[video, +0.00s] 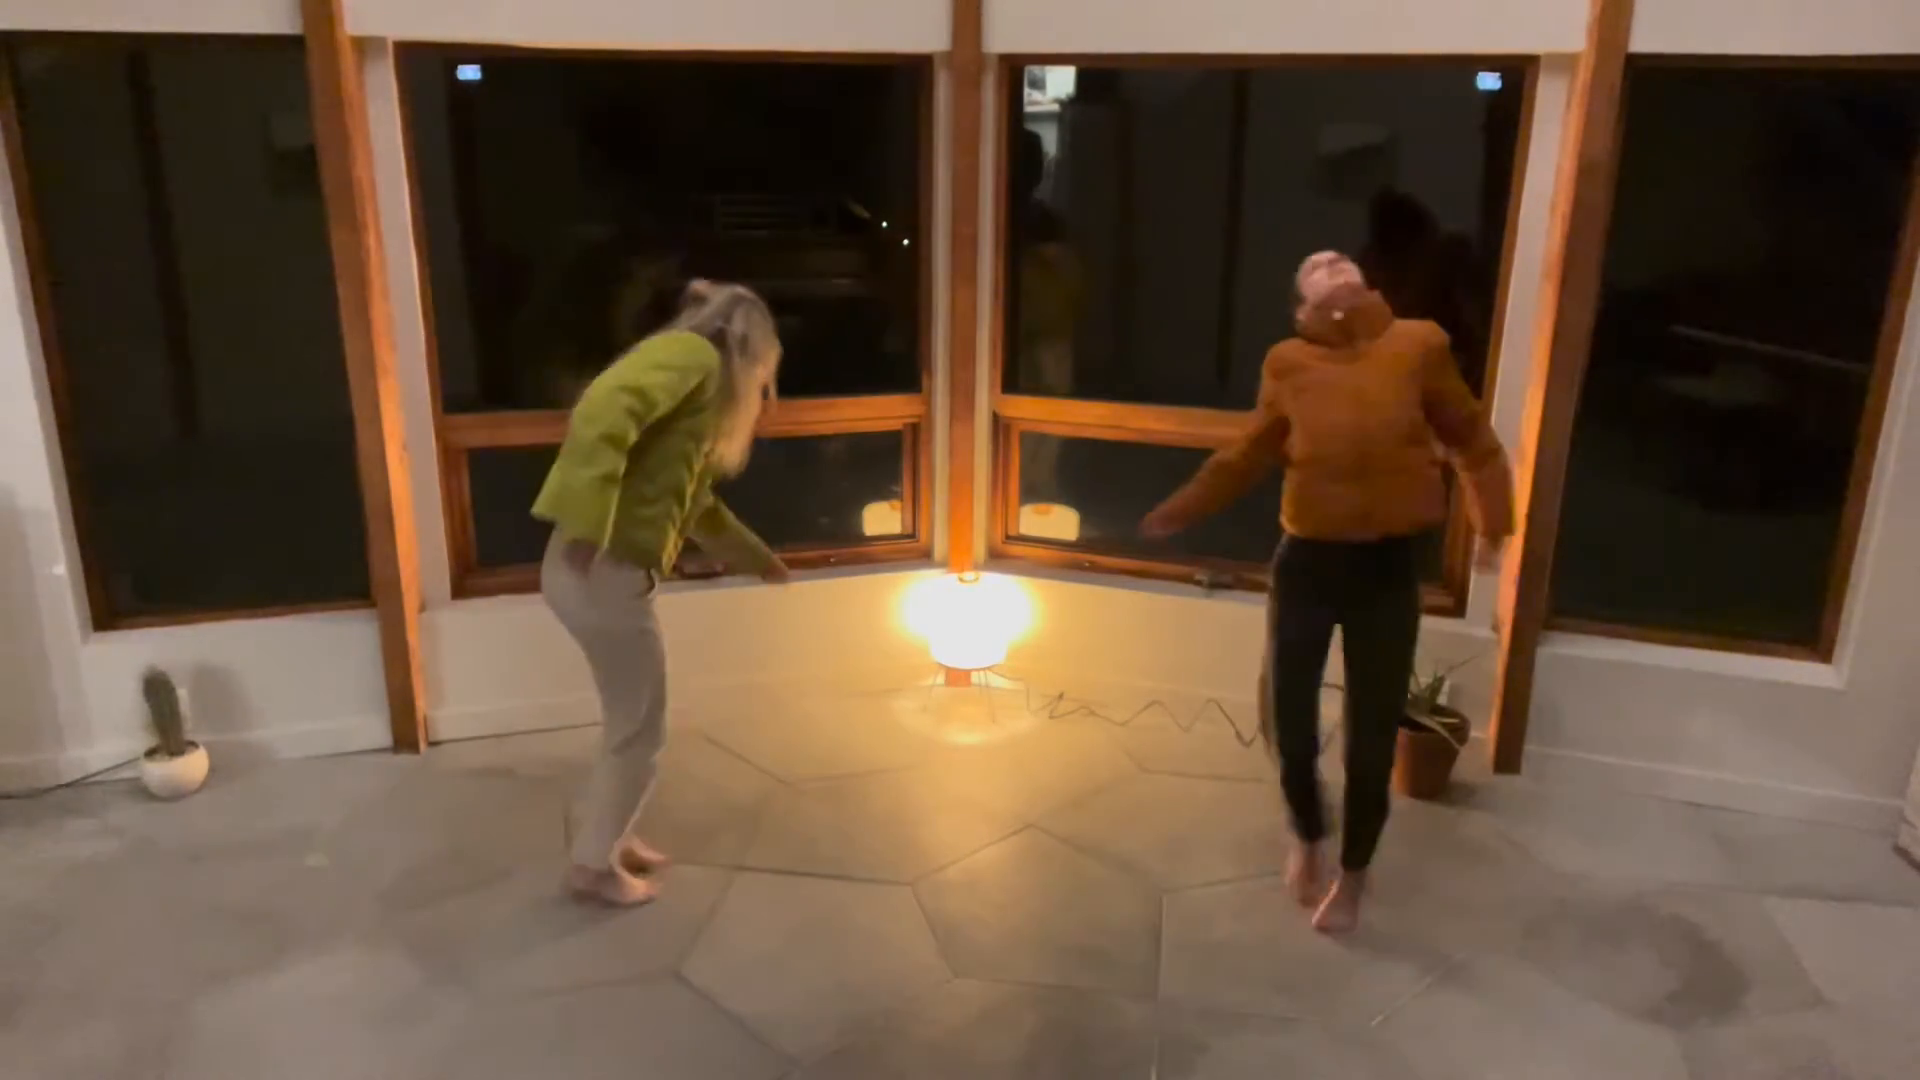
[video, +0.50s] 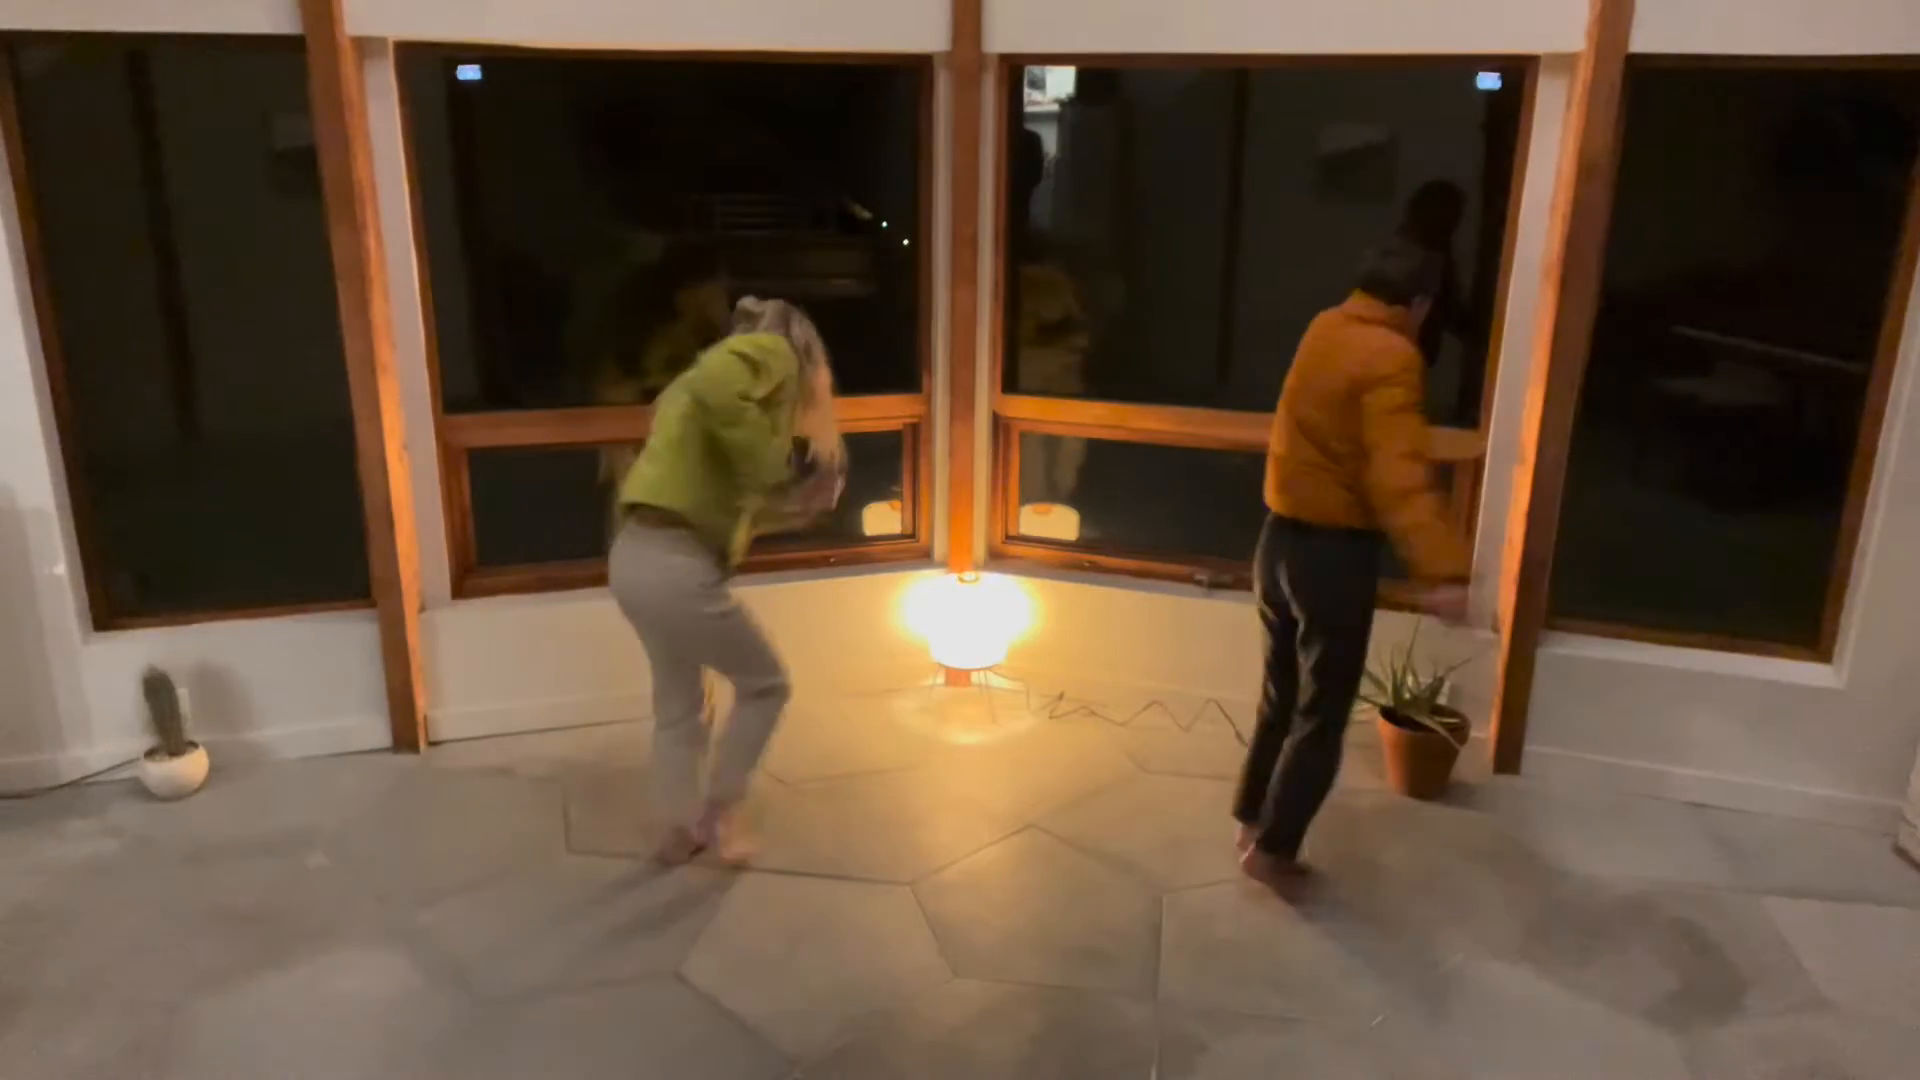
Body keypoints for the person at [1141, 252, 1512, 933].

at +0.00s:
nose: (1343, 272)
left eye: (1345, 265)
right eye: (1326, 272)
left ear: (1366, 289)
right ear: (1307, 308)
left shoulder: (1419, 348)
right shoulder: (1289, 363)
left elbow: (1474, 442)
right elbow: (1251, 452)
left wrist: (1496, 527)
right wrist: (1178, 509)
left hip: (1388, 560)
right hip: (1307, 559)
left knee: (1371, 731)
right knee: (1290, 716)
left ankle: (1352, 876)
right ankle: (1308, 837)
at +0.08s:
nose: (1350, 263)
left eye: (1347, 256)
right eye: (1332, 264)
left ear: (1370, 277)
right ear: (1312, 303)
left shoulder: (1423, 343)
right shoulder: (1294, 365)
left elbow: (1462, 433)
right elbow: (1237, 457)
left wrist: (1461, 525)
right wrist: (1157, 519)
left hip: (1389, 561)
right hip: (1310, 562)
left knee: (1377, 734)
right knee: (1304, 734)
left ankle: (1353, 876)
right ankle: (1283, 842)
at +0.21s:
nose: (1405, 276)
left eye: (1398, 265)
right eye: (1385, 271)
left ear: (1396, 286)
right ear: (1354, 298)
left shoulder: (1407, 347)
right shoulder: (1325, 364)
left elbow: (1410, 450)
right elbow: (1253, 455)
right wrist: (1172, 538)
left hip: (1365, 558)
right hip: (1315, 558)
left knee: (1354, 718)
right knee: (1315, 716)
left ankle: (1324, 848)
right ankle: (1283, 853)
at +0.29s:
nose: (1432, 302)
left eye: (1429, 290)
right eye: (1422, 291)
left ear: (1384, 297)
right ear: (1389, 298)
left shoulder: (1380, 356)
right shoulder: (1352, 362)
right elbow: (1300, 455)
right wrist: (1247, 545)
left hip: (1338, 553)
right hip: (1320, 556)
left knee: (1324, 705)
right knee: (1325, 709)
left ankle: (1272, 837)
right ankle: (1273, 846)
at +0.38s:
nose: (1424, 325)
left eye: (1426, 312)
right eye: (1421, 312)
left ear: (1376, 302)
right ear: (1395, 310)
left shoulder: (1342, 345)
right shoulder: (1359, 364)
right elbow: (1320, 465)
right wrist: (1308, 565)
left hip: (1319, 545)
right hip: (1329, 553)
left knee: (1304, 700)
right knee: (1336, 726)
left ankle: (1252, 822)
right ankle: (1268, 848)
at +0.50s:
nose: (1426, 316)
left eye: (1427, 305)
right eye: (1429, 305)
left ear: (1366, 284)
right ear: (1417, 302)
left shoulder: (1324, 330)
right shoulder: (1390, 355)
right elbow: (1396, 475)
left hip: (1281, 537)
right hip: (1333, 550)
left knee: (1281, 695)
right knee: (1323, 708)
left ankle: (1253, 819)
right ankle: (1274, 850)